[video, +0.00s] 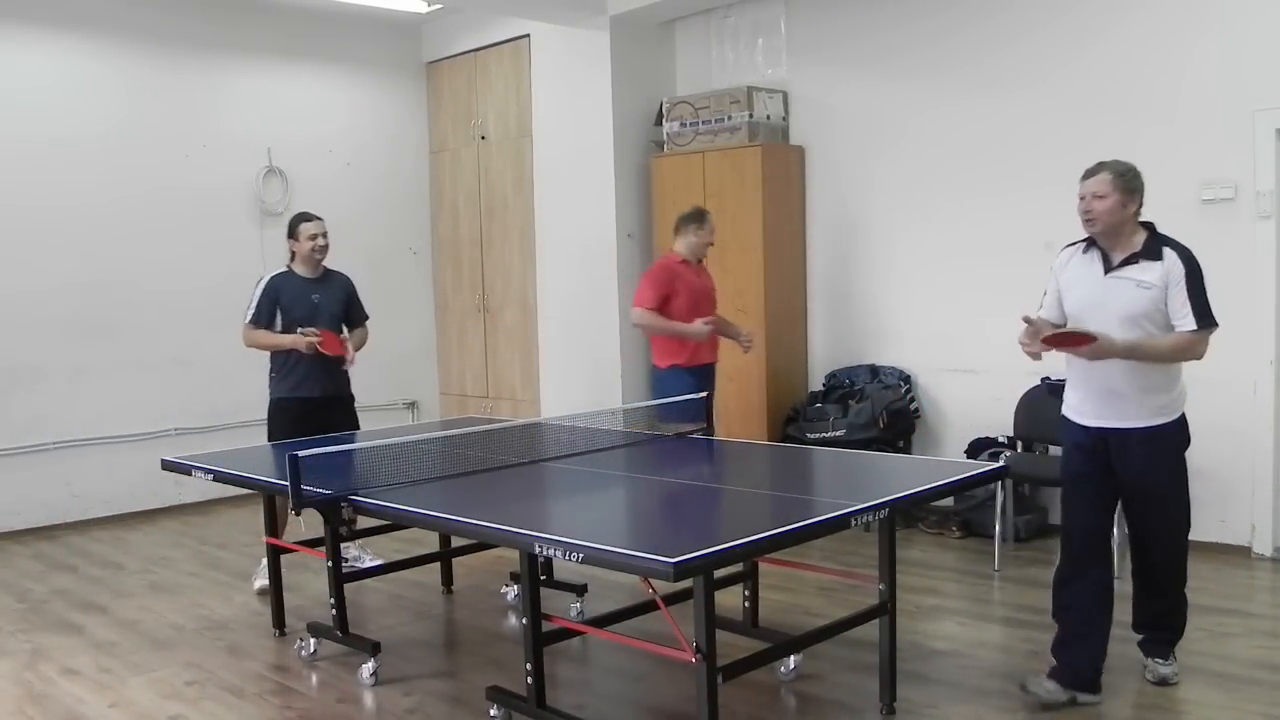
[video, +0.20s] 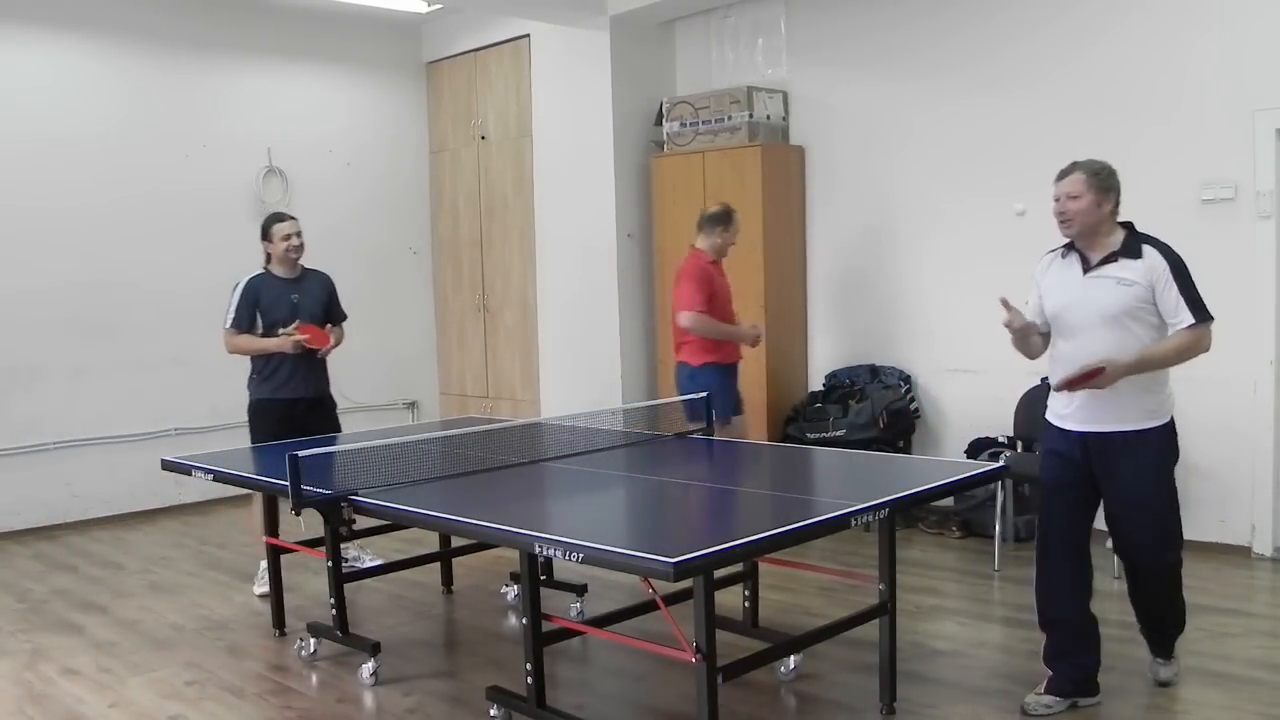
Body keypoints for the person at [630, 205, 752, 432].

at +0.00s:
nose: (712, 242)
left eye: (713, 235)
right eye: (709, 233)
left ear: (695, 233)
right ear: (692, 232)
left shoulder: (701, 271)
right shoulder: (663, 270)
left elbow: (705, 315)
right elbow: (639, 315)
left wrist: (735, 333)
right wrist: (689, 329)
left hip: (702, 370)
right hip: (675, 373)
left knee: (702, 443)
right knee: (683, 445)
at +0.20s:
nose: (734, 242)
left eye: (735, 236)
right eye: (733, 235)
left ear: (717, 234)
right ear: (721, 234)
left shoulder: (712, 266)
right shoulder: (695, 267)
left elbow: (714, 316)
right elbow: (688, 318)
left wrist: (743, 333)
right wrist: (740, 334)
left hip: (720, 368)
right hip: (703, 370)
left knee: (736, 438)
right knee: (714, 444)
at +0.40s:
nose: (761, 236)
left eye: (760, 229)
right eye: (758, 228)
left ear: (740, 229)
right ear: (742, 229)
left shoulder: (733, 262)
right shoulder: (726, 263)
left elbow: (737, 312)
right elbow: (739, 316)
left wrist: (763, 330)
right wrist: (778, 325)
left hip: (740, 368)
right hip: (724, 370)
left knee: (762, 435)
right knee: (724, 444)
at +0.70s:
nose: (811, 244)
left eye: (811, 238)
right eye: (809, 236)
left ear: (792, 233)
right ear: (793, 232)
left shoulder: (781, 266)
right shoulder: (772, 264)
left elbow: (781, 319)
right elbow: (775, 318)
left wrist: (810, 339)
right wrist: (813, 335)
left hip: (786, 371)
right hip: (767, 373)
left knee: (806, 443)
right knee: (761, 453)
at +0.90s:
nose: (834, 238)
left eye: (835, 232)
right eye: (831, 231)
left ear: (814, 227)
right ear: (813, 226)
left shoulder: (809, 262)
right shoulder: (790, 260)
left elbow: (811, 310)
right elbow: (786, 308)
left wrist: (840, 326)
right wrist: (835, 325)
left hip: (809, 364)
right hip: (792, 364)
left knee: (810, 443)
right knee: (807, 444)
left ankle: (808, 517)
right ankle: (800, 519)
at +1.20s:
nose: (866, 252)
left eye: (868, 246)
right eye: (867, 245)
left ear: (846, 233)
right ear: (857, 237)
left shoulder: (832, 262)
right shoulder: (827, 262)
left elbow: (832, 314)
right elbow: (813, 312)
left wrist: (863, 331)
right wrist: (859, 332)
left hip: (817, 366)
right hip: (818, 367)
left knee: (818, 450)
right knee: (835, 452)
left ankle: (822, 526)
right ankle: (835, 531)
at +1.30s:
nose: (874, 253)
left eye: (876, 247)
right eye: (876, 246)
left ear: (850, 232)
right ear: (869, 239)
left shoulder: (826, 259)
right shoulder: (846, 262)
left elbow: (821, 313)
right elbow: (842, 313)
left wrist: (862, 335)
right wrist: (867, 336)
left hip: (808, 364)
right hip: (825, 368)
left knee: (823, 447)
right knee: (841, 451)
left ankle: (820, 524)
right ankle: (836, 532)